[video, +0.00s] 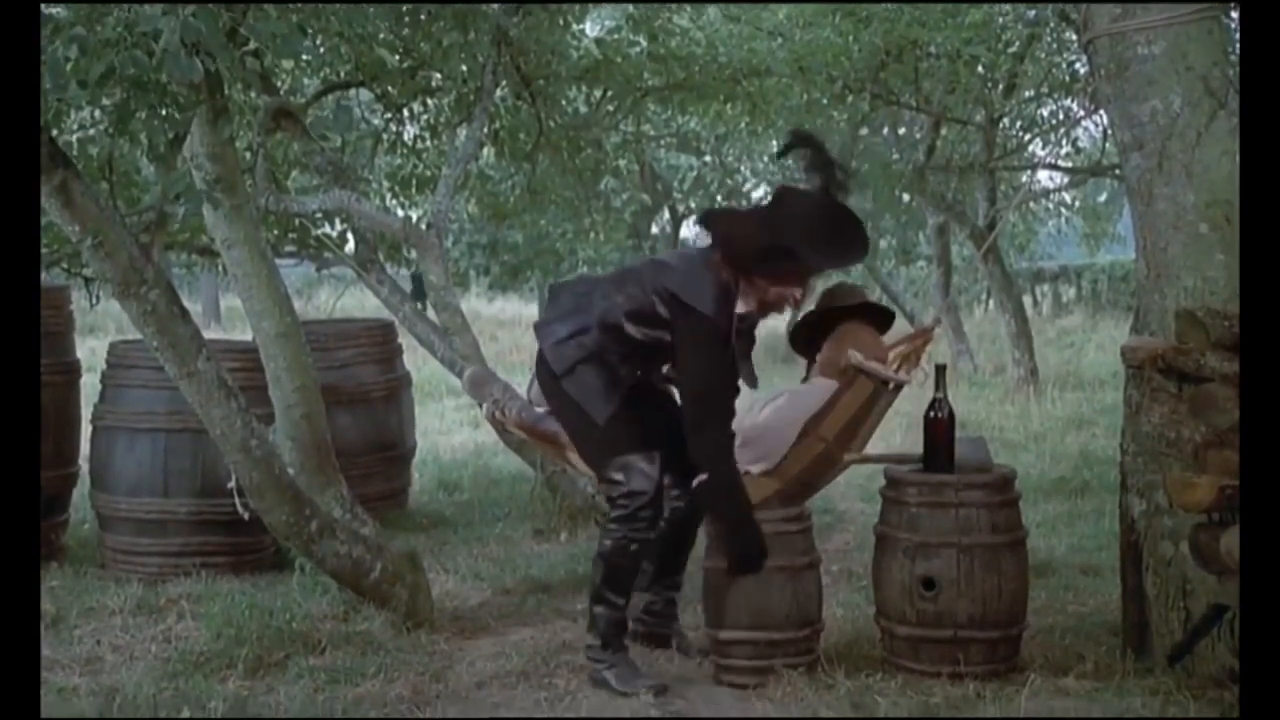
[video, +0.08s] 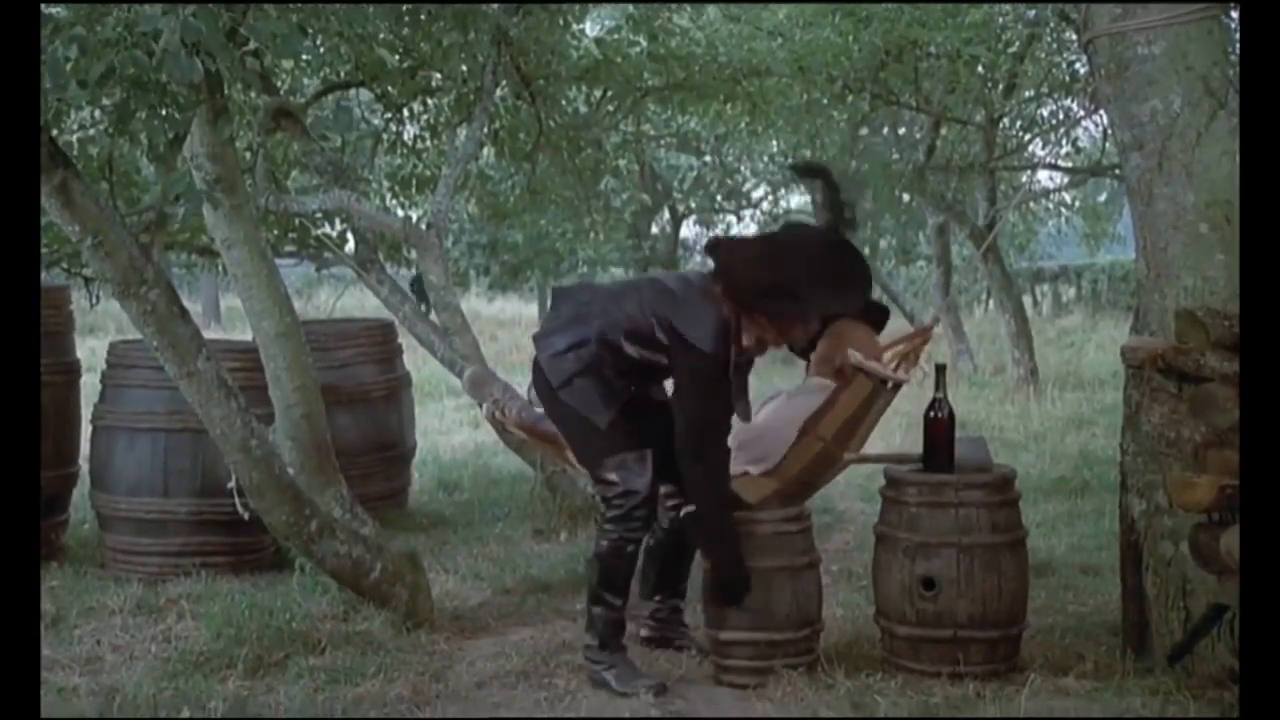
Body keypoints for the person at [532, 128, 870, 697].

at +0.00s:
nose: (800, 299)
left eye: (808, 285)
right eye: (795, 282)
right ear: (760, 268)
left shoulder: (729, 297)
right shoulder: (704, 304)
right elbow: (710, 442)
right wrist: (742, 538)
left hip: (630, 365)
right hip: (575, 358)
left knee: (689, 481)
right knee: (639, 485)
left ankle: (654, 619)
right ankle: (606, 652)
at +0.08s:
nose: (807, 334)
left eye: (817, 322)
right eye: (808, 317)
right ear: (778, 303)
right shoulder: (703, 333)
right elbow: (702, 465)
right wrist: (728, 567)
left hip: (634, 371)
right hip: (571, 361)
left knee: (681, 489)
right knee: (630, 494)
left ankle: (663, 619)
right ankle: (603, 651)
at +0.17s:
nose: (794, 361)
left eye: (801, 352)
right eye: (793, 348)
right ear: (766, 326)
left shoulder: (726, 332)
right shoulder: (702, 352)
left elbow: (703, 469)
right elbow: (696, 483)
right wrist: (727, 592)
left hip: (631, 372)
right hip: (570, 366)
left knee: (680, 489)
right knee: (629, 494)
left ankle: (664, 620)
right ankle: (604, 650)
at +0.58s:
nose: (780, 434)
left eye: (790, 426)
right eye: (783, 422)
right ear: (763, 395)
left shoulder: (730, 361)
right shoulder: (700, 409)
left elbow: (711, 500)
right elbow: (693, 534)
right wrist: (728, 659)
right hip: (568, 382)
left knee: (687, 487)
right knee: (639, 494)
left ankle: (671, 613)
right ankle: (590, 661)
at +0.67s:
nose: (766, 446)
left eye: (779, 439)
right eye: (770, 433)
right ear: (751, 403)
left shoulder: (725, 368)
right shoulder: (691, 414)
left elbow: (702, 509)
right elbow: (683, 541)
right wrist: (724, 654)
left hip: (616, 369)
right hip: (565, 382)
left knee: (684, 480)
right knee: (634, 491)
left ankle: (671, 610)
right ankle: (589, 661)